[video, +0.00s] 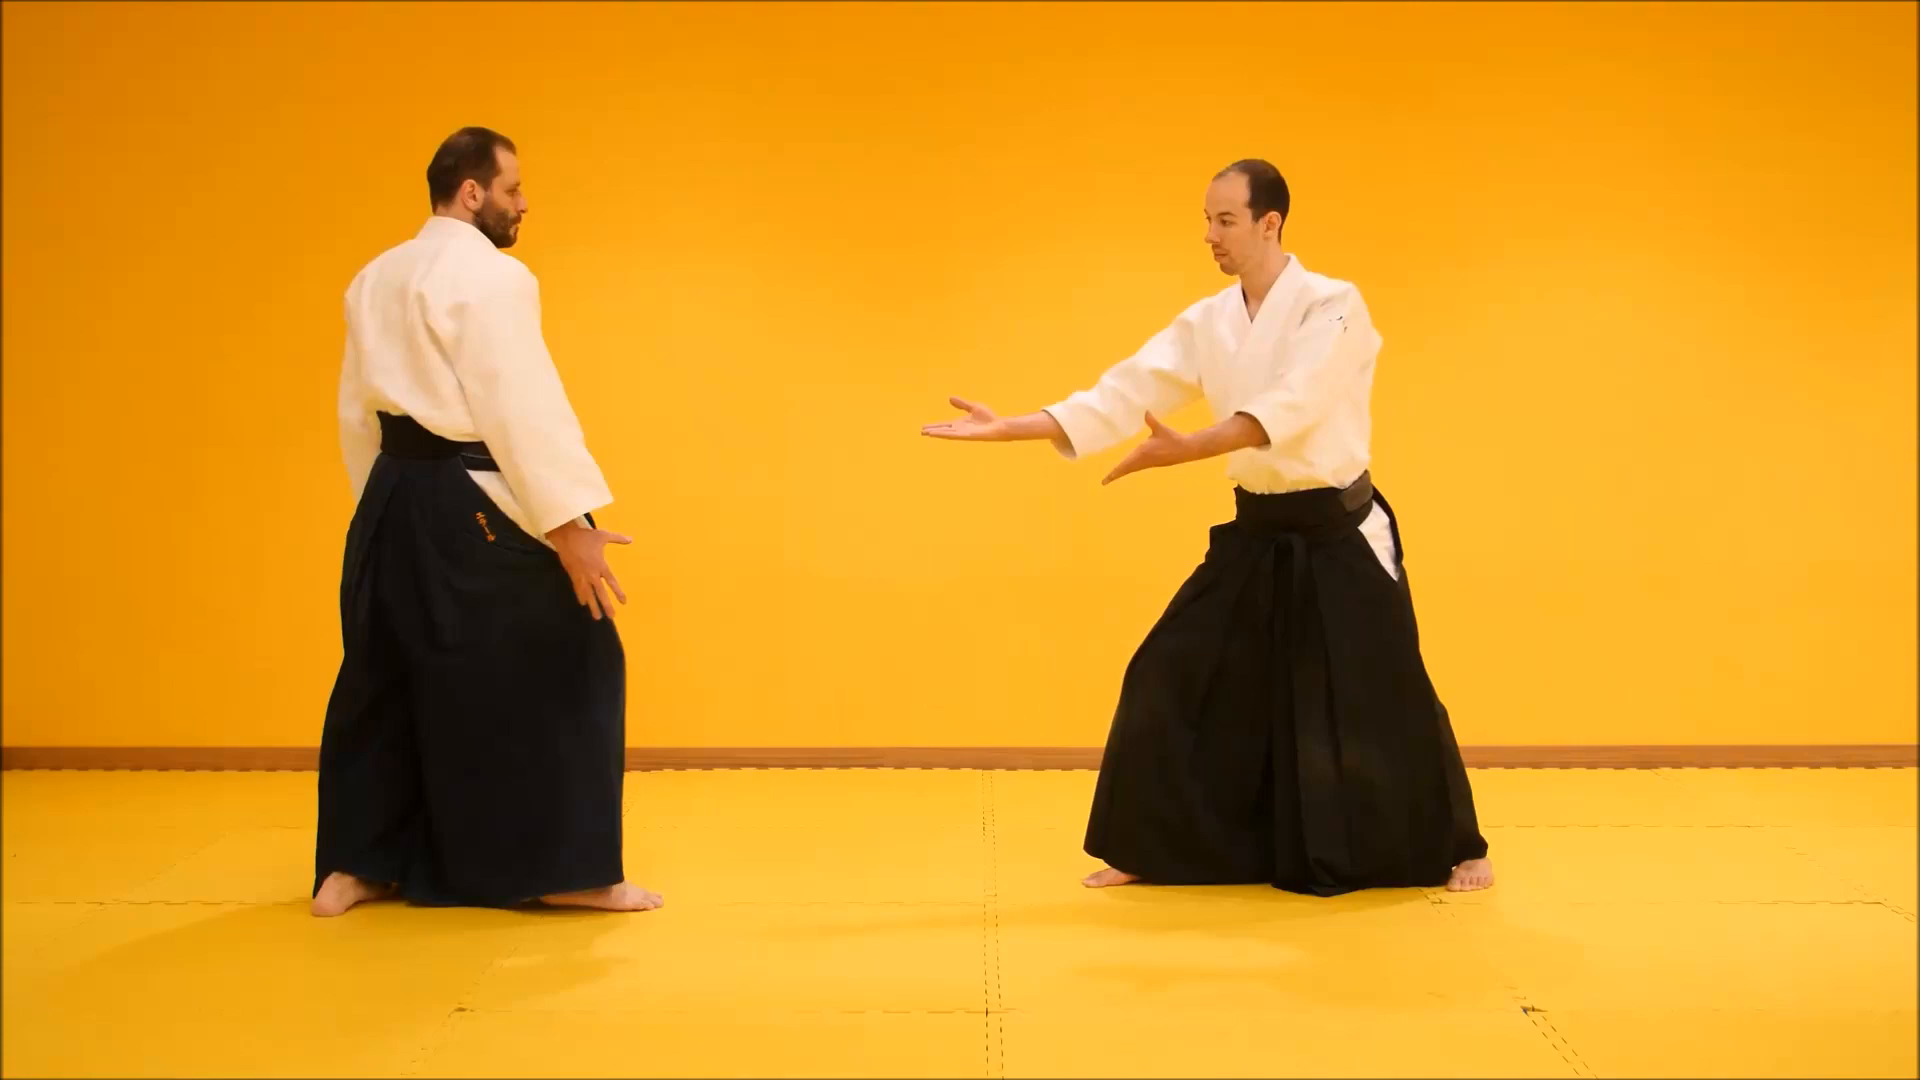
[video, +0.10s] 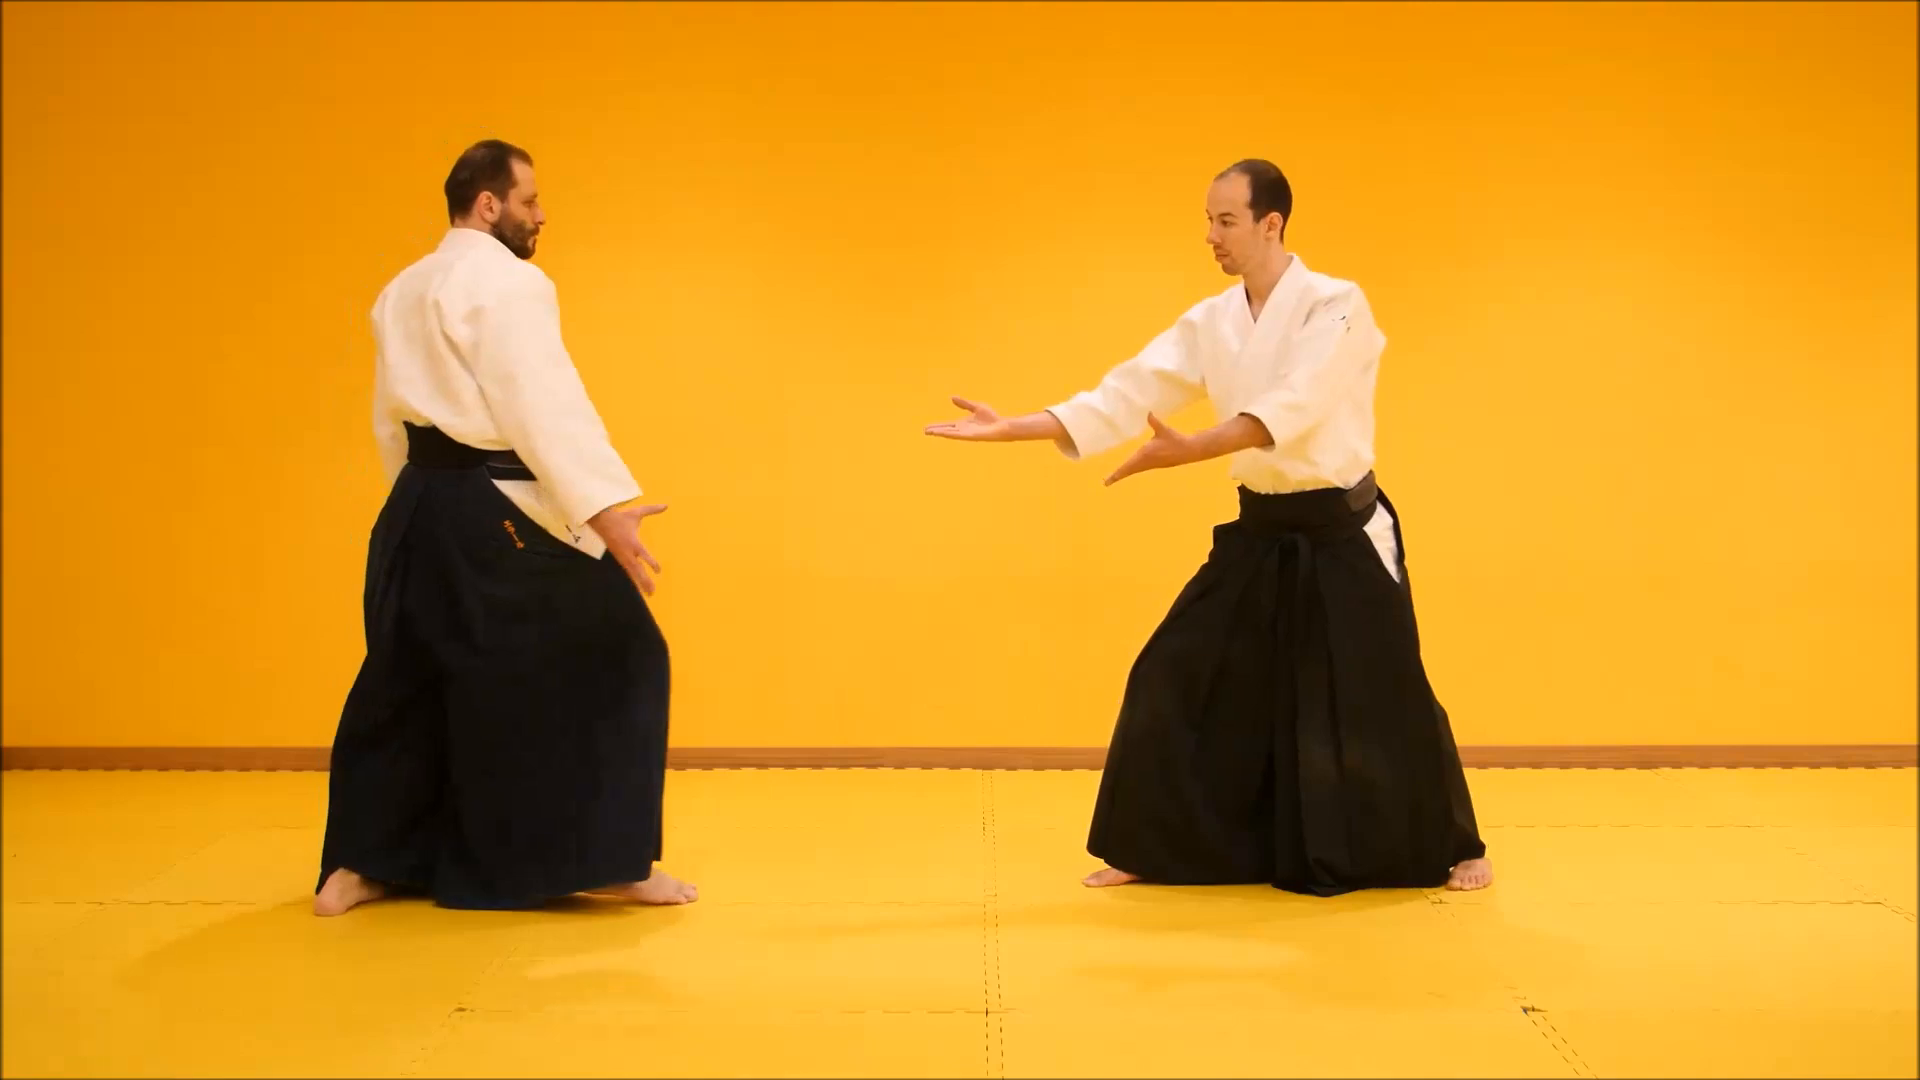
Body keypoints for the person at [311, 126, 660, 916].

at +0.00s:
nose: (523, 205)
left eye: (522, 191)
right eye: (513, 191)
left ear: (453, 193)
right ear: (472, 191)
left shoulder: (375, 278)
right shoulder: (487, 277)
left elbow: (357, 416)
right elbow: (522, 410)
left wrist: (382, 505)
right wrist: (569, 529)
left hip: (394, 502)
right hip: (482, 504)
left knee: (382, 679)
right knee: (585, 655)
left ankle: (351, 866)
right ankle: (575, 867)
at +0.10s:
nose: (540, 217)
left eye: (539, 203)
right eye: (529, 203)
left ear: (470, 206)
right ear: (488, 203)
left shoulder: (400, 292)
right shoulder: (506, 284)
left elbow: (391, 423)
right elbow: (545, 404)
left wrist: (416, 503)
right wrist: (605, 511)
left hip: (420, 509)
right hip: (509, 510)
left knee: (403, 682)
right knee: (632, 657)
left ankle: (356, 864)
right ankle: (620, 857)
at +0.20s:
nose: (578, 240)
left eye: (576, 225)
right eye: (568, 226)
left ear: (509, 232)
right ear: (525, 227)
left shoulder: (446, 309)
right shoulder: (536, 299)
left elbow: (456, 432)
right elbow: (581, 407)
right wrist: (669, 480)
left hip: (455, 525)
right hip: (538, 528)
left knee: (434, 692)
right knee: (681, 659)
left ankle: (359, 861)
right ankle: (712, 851)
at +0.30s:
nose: (641, 265)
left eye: (639, 249)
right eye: (631, 249)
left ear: (577, 254)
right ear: (586, 254)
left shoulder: (524, 319)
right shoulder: (593, 320)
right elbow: (648, 414)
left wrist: (726, 475)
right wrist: (765, 450)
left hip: (503, 541)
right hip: (579, 549)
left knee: (465, 703)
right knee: (725, 671)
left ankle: (356, 861)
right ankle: (826, 837)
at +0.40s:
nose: (724, 268)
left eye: (722, 253)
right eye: (714, 254)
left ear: (659, 261)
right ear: (671, 258)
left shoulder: (625, 323)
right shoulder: (655, 332)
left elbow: (740, 414)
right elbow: (744, 410)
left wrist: (859, 423)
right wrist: (879, 427)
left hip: (590, 545)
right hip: (644, 553)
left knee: (520, 700)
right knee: (801, 674)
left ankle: (367, 837)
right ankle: (878, 851)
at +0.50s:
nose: (812, 254)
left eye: (807, 240)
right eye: (801, 241)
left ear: (752, 253)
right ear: (760, 252)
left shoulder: (755, 320)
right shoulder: (733, 325)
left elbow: (866, 369)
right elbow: (821, 420)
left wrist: (975, 394)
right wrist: (959, 423)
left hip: (694, 534)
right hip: (727, 541)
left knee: (607, 690)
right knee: (880, 662)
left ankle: (438, 793)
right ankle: (892, 852)